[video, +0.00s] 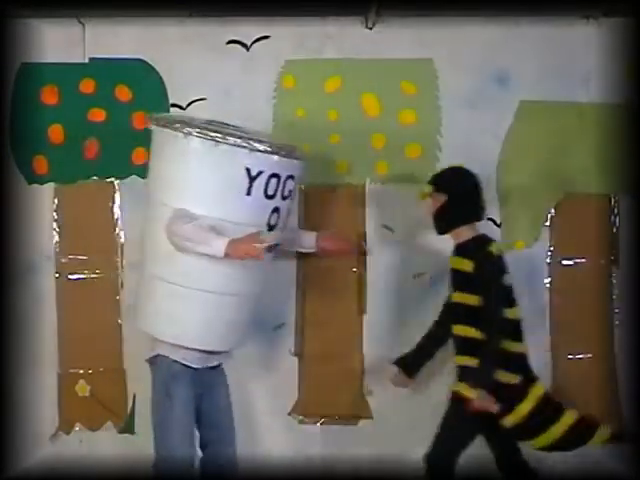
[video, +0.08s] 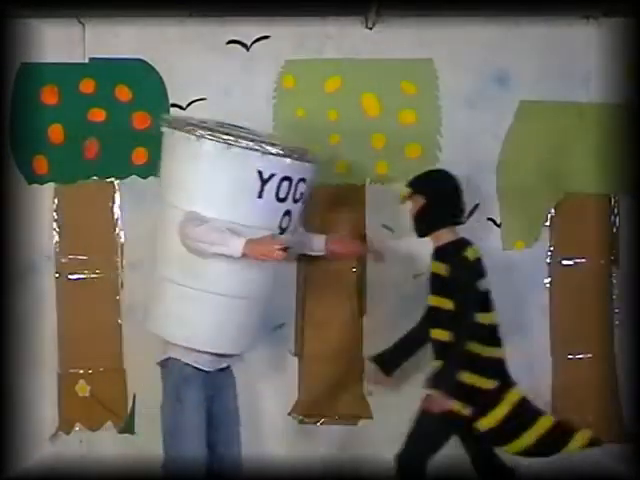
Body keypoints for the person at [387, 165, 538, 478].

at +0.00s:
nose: (428, 205)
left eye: (433, 197)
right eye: (429, 197)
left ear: (452, 202)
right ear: (454, 204)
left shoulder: (478, 255)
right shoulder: (466, 254)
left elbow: (494, 325)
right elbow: (449, 320)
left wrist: (481, 383)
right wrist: (410, 364)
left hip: (482, 383)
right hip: (482, 380)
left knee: (438, 461)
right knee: (511, 464)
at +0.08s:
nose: (409, 209)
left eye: (414, 200)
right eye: (410, 201)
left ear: (433, 204)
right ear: (442, 205)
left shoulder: (456, 256)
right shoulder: (445, 254)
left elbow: (462, 331)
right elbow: (432, 320)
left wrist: (443, 385)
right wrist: (387, 361)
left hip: (467, 378)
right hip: (467, 376)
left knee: (409, 461)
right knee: (484, 459)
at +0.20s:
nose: (380, 211)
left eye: (384, 202)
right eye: (381, 203)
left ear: (403, 206)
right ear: (415, 206)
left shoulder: (420, 258)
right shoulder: (427, 253)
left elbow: (411, 323)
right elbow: (407, 321)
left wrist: (356, 345)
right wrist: (362, 348)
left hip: (429, 376)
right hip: (440, 373)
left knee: (373, 461)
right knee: (438, 466)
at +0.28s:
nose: (365, 210)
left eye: (368, 201)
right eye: (366, 201)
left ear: (381, 206)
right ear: (406, 205)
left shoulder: (400, 255)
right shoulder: (419, 250)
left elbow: (383, 316)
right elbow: (387, 315)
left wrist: (327, 338)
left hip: (404, 374)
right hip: (423, 371)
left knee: (362, 465)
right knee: (453, 458)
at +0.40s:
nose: (346, 212)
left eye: (349, 205)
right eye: (349, 203)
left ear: (354, 209)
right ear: (390, 210)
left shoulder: (374, 252)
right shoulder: (400, 250)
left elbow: (329, 287)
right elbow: (360, 302)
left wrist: (275, 306)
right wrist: (315, 305)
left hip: (381, 370)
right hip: (401, 367)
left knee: (354, 465)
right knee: (432, 454)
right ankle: (454, 470)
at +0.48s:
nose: (335, 205)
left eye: (340, 197)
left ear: (351, 202)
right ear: (382, 204)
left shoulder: (360, 244)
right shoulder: (389, 248)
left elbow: (313, 274)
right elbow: (341, 298)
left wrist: (250, 286)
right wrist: (292, 291)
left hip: (362, 378)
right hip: (380, 373)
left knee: (338, 464)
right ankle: (469, 451)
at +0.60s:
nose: (334, 204)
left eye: (341, 196)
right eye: (337, 196)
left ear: (353, 202)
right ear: (371, 204)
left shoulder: (361, 249)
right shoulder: (362, 244)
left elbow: (316, 273)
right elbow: (316, 271)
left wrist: (254, 264)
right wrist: (261, 257)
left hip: (343, 374)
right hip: (340, 371)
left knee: (322, 464)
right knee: (323, 463)